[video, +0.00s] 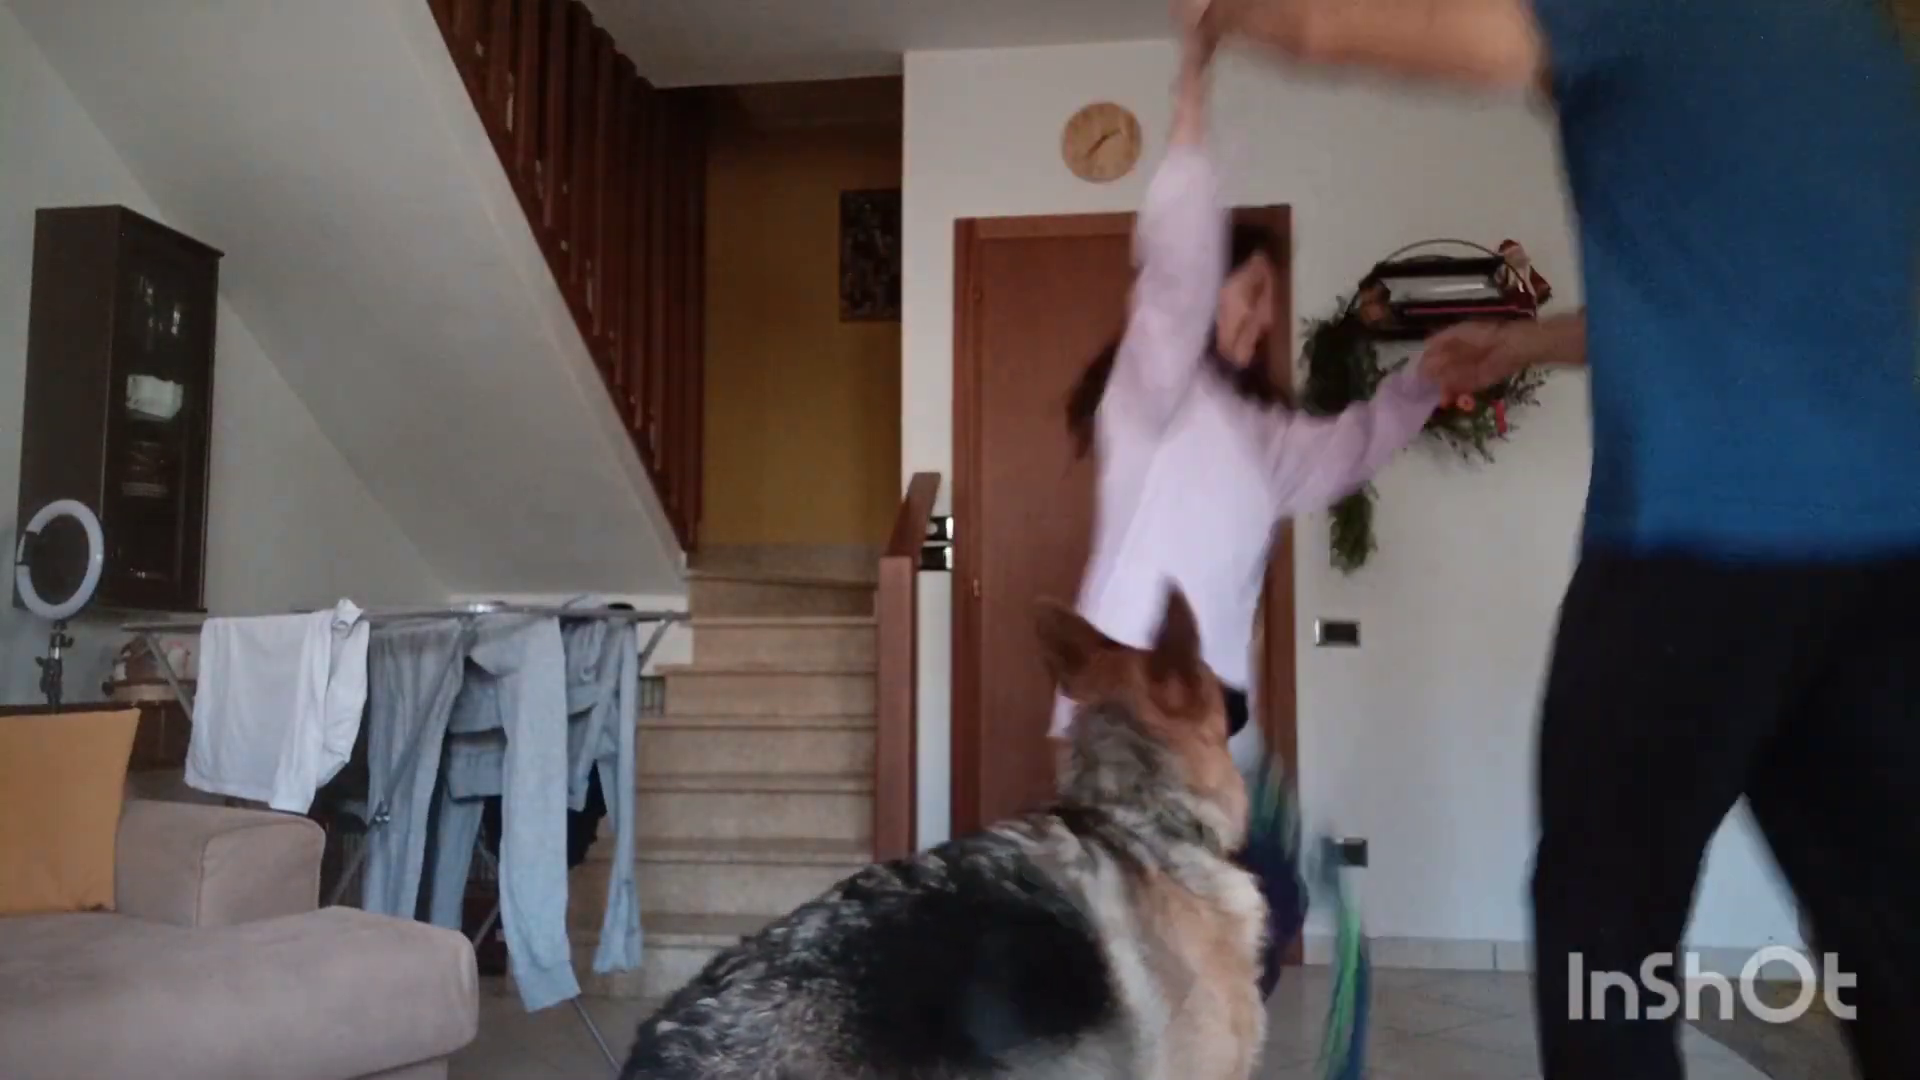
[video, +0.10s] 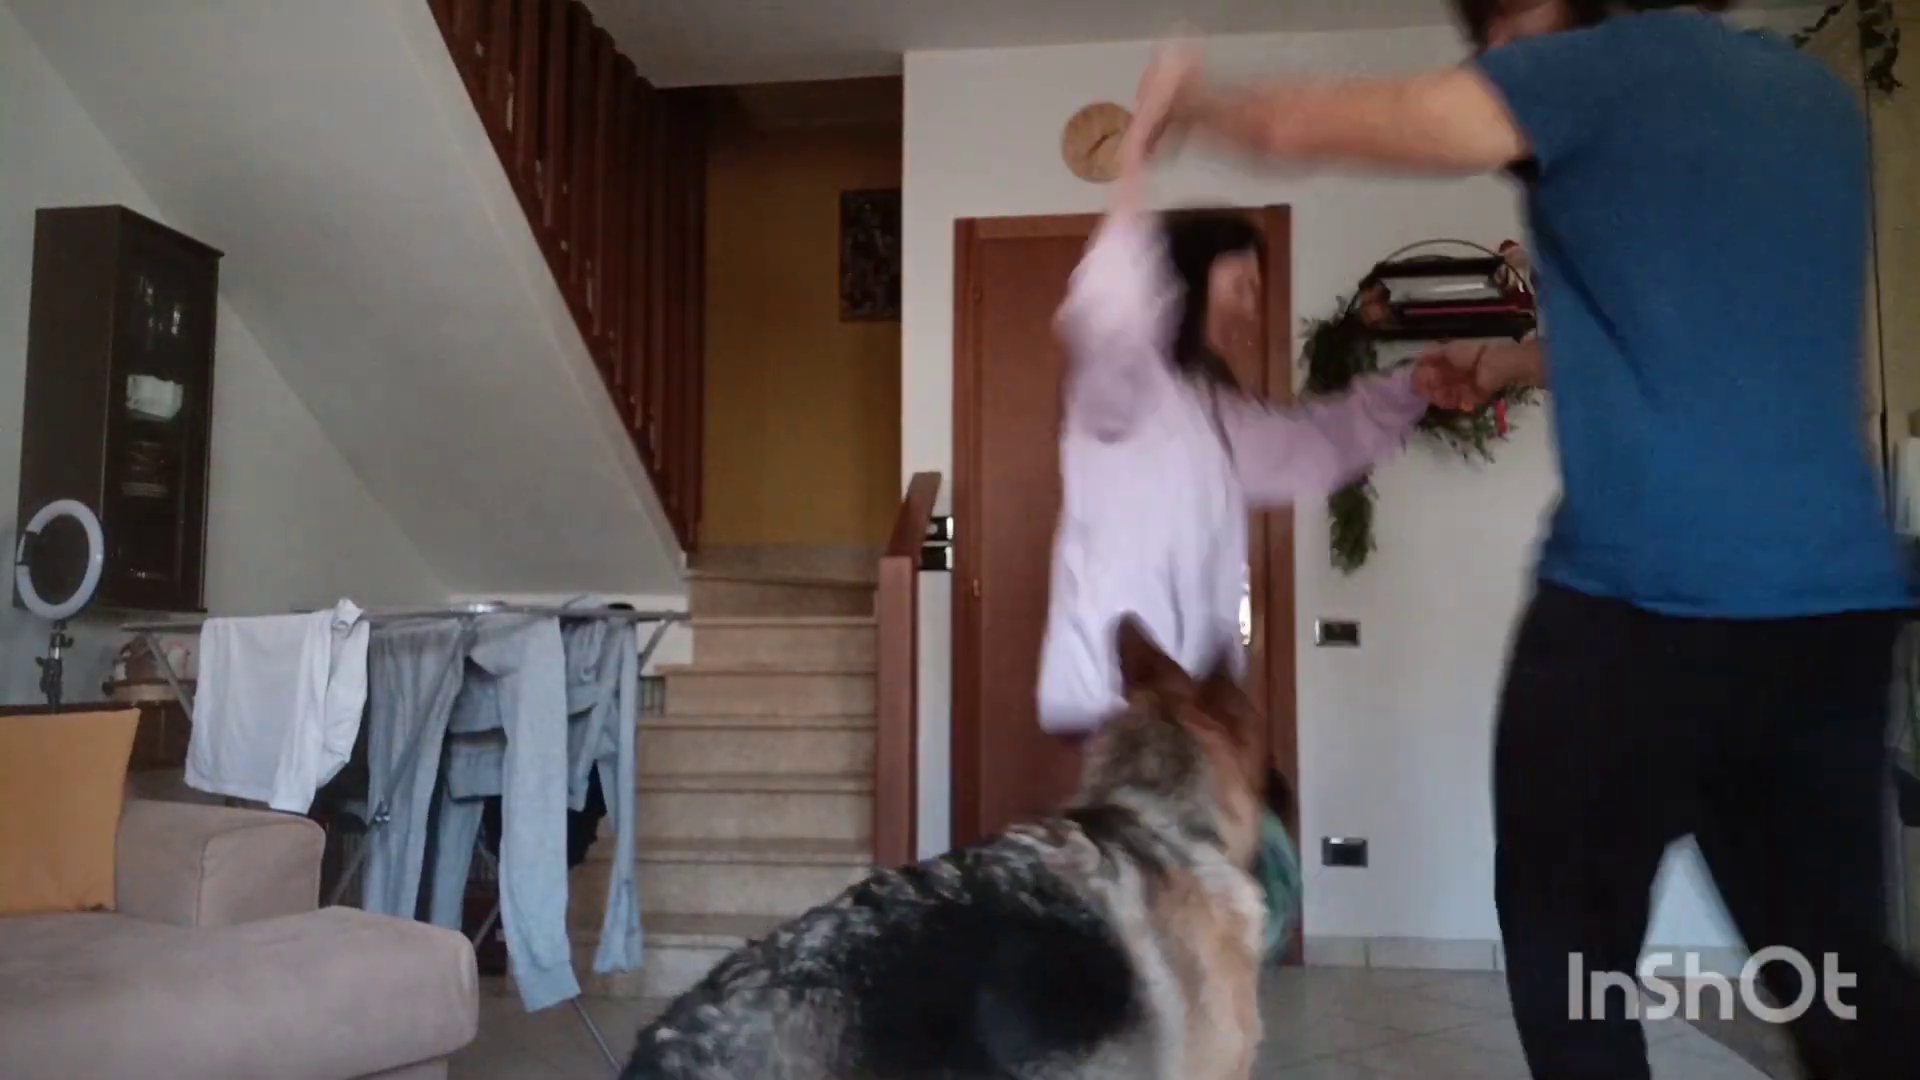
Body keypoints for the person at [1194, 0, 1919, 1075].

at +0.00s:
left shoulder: (1631, 21)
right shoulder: (1870, 41)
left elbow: (1330, 28)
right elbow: (1754, 285)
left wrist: (1230, 10)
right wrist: (1536, 343)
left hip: (1695, 543)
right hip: (1880, 547)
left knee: (1600, 924)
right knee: (1895, 938)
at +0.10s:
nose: (1490, 58)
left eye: (1493, 35)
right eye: (1486, 43)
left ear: (1541, 11)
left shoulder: (1588, 70)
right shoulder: (1817, 93)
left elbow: (1295, 130)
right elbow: (1728, 324)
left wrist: (1196, 97)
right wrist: (1514, 364)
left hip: (1634, 604)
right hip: (1833, 608)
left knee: (1566, 952)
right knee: (1838, 975)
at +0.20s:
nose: (1462, 51)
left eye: (1465, 22)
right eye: (1450, 33)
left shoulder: (1555, 78)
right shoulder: (1770, 85)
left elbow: (1278, 210)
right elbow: (1691, 308)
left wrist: (1169, 197)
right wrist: (1487, 320)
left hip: (1600, 583)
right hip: (1774, 579)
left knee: (1561, 932)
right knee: (1718, 904)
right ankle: (1861, 1071)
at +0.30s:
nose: (1431, 39)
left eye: (1435, 9)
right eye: (1422, 19)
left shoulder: (1540, 73)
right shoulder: (1723, 75)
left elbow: (1344, 288)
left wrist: (1189, 311)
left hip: (1583, 549)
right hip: (1745, 539)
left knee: (1559, 907)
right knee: (1668, 868)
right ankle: (1768, 1067)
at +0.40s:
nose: (1422, 67)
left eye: (1426, 31)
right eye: (1412, 40)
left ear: (1486, 6)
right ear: (1576, 1)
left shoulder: (1526, 102)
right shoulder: (1686, 101)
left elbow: (1420, 355)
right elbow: (1605, 250)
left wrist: (1285, 423)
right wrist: (1449, 185)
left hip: (1561, 561)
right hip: (1699, 553)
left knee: (1544, 904)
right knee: (1631, 876)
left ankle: (1584, 1066)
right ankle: (1664, 1059)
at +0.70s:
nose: (1401, 142)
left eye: (1402, 105)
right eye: (1386, 121)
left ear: (1463, 63)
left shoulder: (1565, 159)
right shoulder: (1531, 176)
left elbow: (1554, 392)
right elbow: (1424, 260)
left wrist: (1423, 514)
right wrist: (1294, 193)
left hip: (1562, 559)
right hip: (1567, 554)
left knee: (1518, 867)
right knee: (1562, 861)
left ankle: (1580, 1067)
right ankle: (1597, 1062)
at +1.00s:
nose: (1430, 181)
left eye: (1444, 150)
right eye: (1416, 163)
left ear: (1505, 131)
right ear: (1414, 167)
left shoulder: (1596, 237)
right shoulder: (1493, 264)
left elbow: (1604, 432)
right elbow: (1383, 342)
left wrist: (1457, 534)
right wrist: (1235, 357)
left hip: (1576, 579)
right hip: (1521, 575)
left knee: (1541, 846)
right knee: (1532, 847)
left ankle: (1586, 1065)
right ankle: (1591, 1062)